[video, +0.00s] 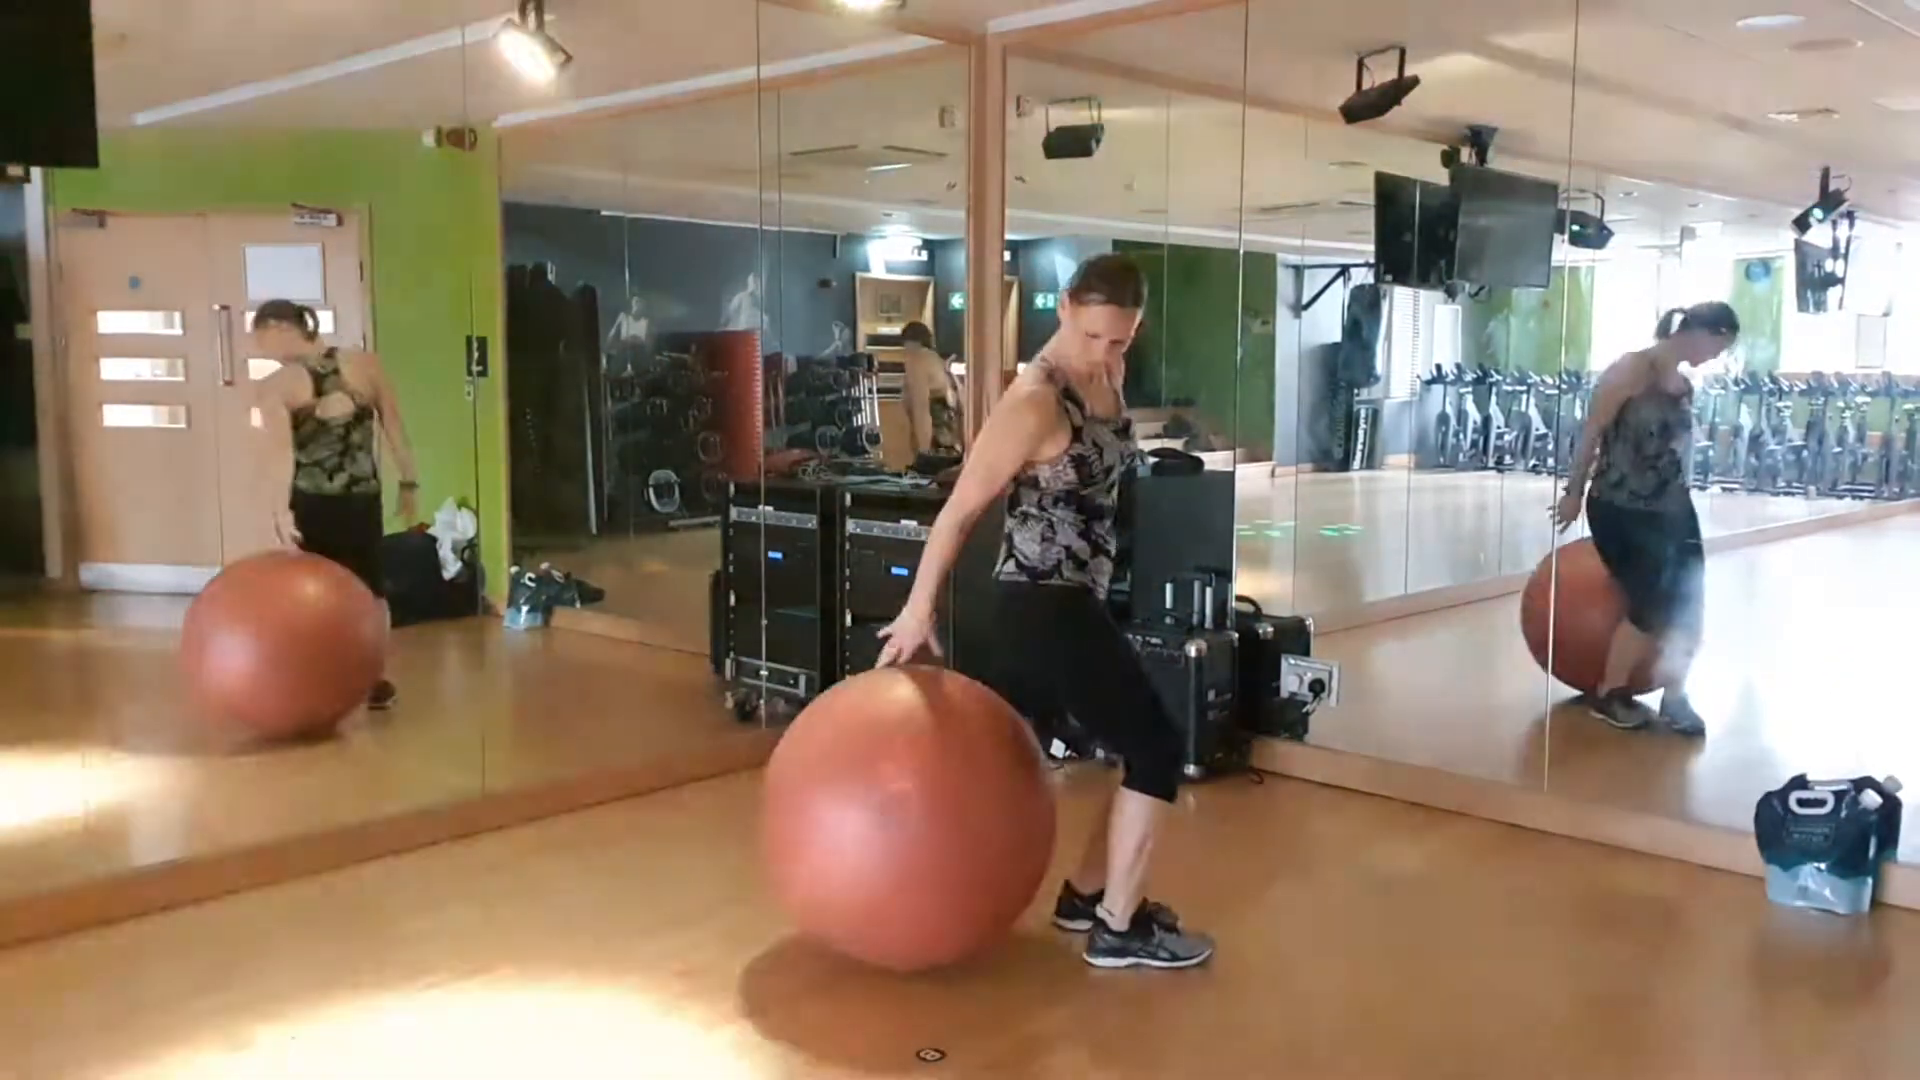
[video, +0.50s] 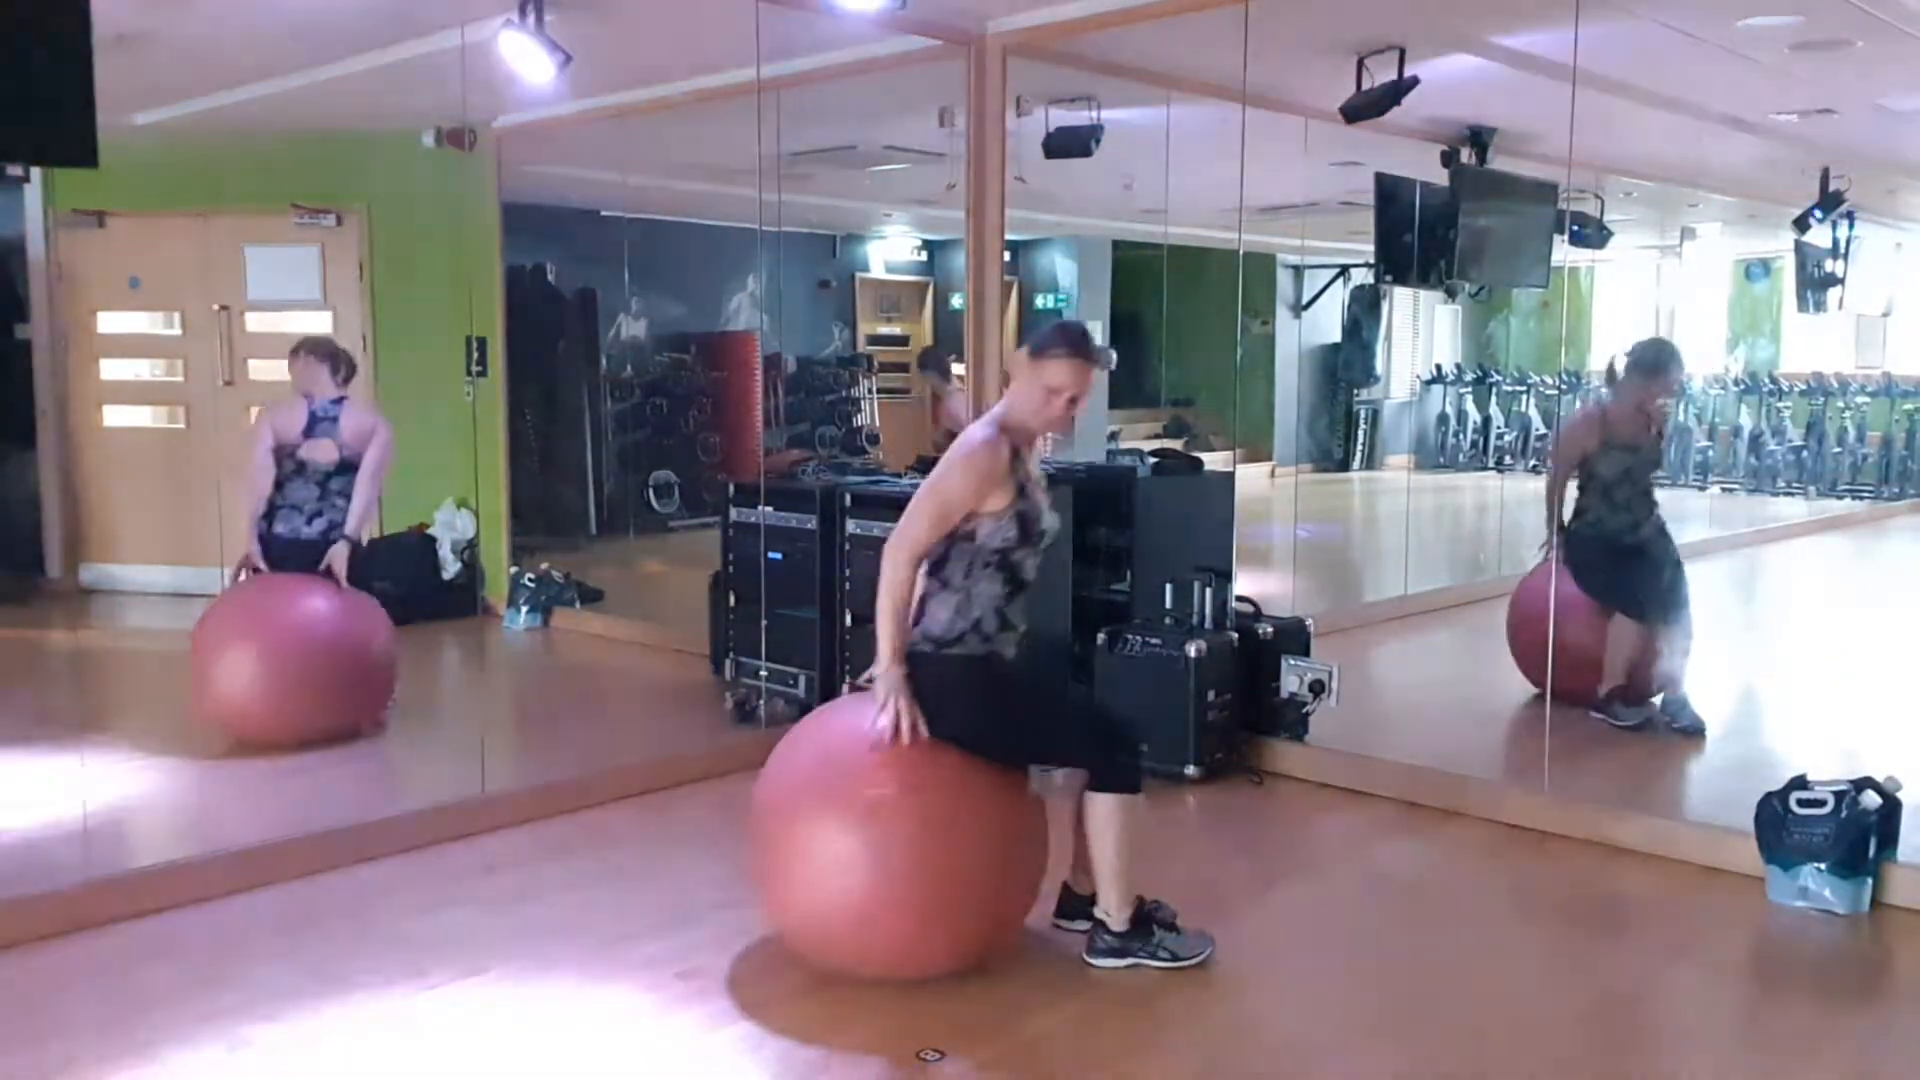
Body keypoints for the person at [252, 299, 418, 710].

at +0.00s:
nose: (260, 350)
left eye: (261, 339)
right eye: (258, 341)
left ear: (282, 327)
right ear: (295, 324)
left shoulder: (280, 386)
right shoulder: (364, 364)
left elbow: (280, 454)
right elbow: (393, 427)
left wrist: (279, 509)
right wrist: (409, 482)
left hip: (313, 506)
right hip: (363, 503)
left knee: (318, 594)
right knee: (370, 592)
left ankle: (326, 681)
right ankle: (376, 676)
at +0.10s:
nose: (274, 348)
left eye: (275, 338)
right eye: (272, 339)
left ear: (293, 330)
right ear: (310, 329)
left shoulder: (282, 386)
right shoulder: (367, 369)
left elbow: (286, 456)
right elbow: (392, 435)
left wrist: (290, 511)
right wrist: (393, 495)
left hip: (311, 507)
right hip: (361, 504)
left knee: (320, 598)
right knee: (367, 595)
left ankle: (329, 682)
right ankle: (378, 680)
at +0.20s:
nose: (282, 352)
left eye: (283, 342)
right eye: (280, 343)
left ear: (301, 334)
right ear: (325, 334)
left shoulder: (282, 389)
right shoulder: (377, 383)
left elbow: (281, 452)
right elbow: (384, 446)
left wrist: (283, 508)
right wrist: (376, 505)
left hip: (300, 514)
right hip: (357, 515)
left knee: (308, 602)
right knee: (362, 600)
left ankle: (310, 683)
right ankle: (376, 680)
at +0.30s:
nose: (291, 364)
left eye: (290, 352)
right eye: (289, 356)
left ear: (304, 340)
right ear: (330, 342)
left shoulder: (281, 393)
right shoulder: (381, 392)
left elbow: (274, 458)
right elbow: (379, 457)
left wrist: (270, 518)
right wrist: (366, 515)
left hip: (295, 525)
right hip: (351, 527)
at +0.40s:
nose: (293, 369)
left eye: (292, 359)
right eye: (290, 362)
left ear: (307, 349)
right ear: (335, 354)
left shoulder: (279, 399)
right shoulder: (381, 406)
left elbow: (265, 467)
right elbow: (373, 472)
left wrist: (255, 523)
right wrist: (357, 526)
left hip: (285, 533)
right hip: (344, 535)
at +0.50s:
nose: (290, 373)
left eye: (293, 364)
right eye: (291, 365)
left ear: (310, 361)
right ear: (336, 367)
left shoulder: (274, 417)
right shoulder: (374, 424)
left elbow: (261, 482)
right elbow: (367, 483)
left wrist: (252, 541)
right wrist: (347, 539)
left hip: (280, 546)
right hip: (339, 545)